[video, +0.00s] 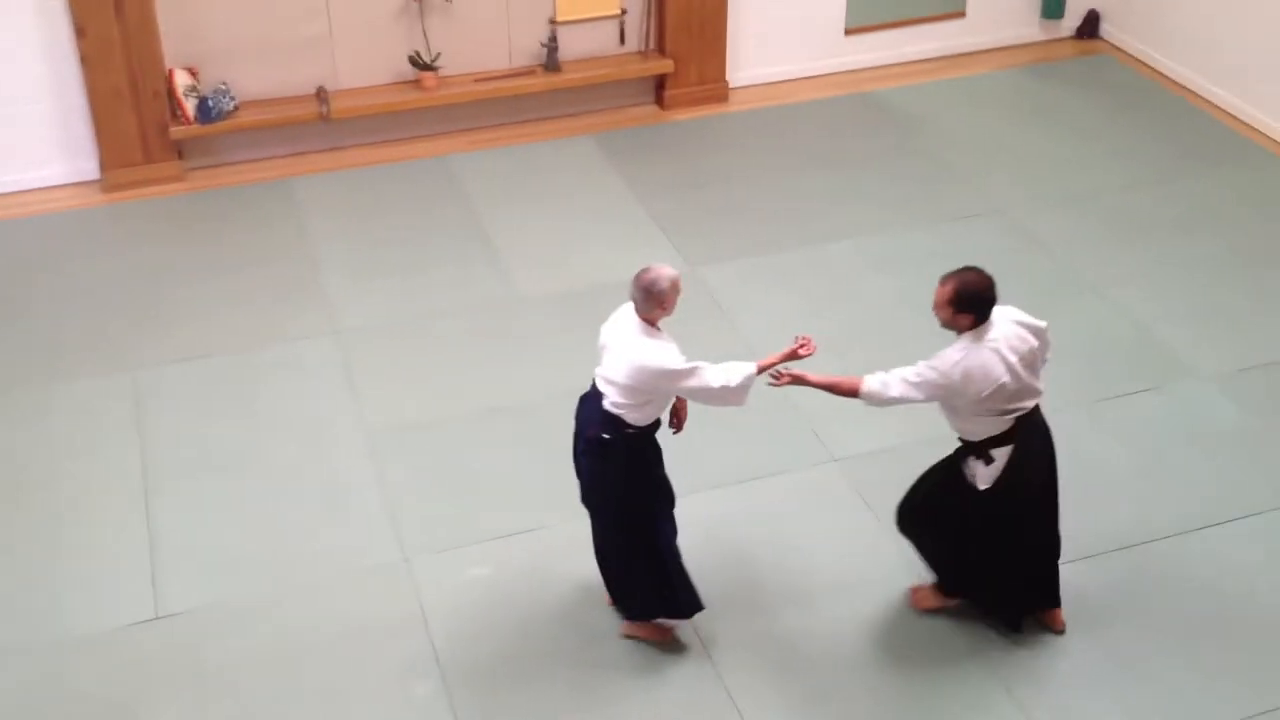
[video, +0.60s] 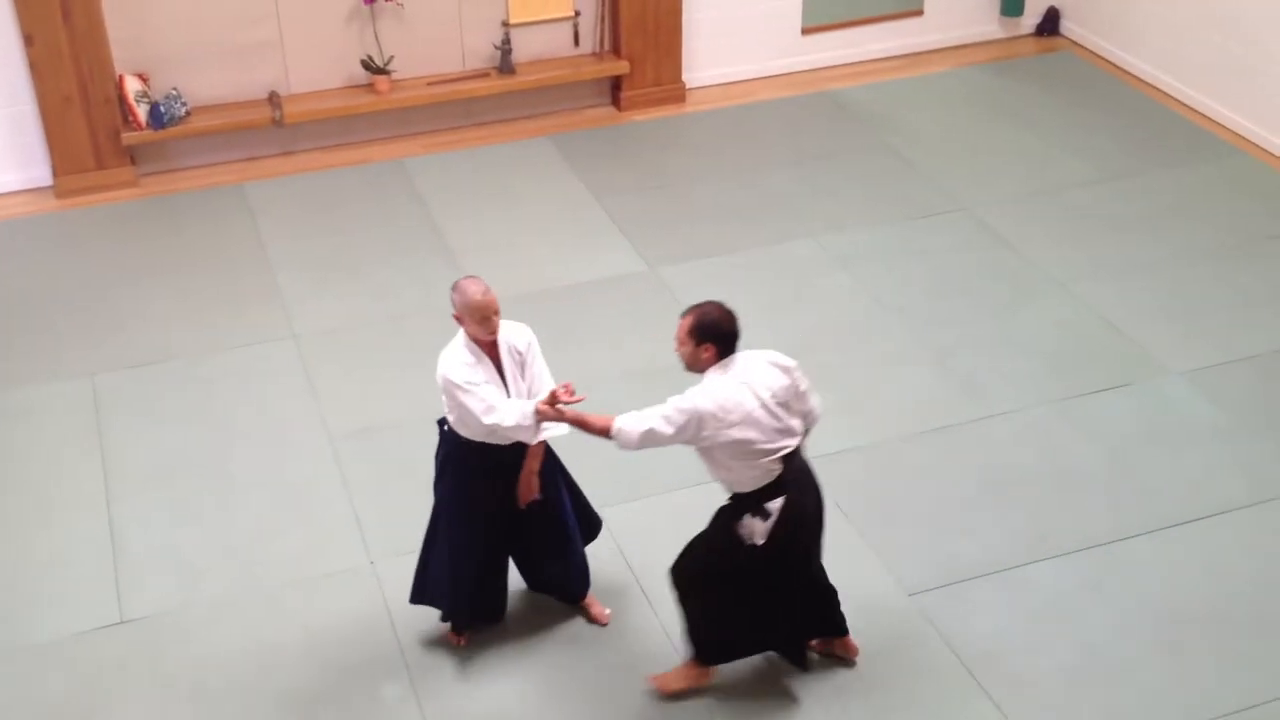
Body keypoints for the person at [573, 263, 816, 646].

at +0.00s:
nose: (677, 295)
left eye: (675, 290)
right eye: (674, 292)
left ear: (640, 295)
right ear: (664, 305)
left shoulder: (625, 315)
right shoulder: (653, 359)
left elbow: (647, 365)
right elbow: (718, 380)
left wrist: (676, 395)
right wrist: (782, 356)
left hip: (596, 415)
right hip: (615, 443)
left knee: (615, 513)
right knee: (635, 523)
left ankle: (622, 584)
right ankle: (638, 618)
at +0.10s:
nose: (649, 304)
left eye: (647, 299)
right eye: (645, 301)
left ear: (617, 303)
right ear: (631, 312)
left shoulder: (612, 320)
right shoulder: (616, 365)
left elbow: (658, 363)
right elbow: (683, 384)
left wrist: (671, 408)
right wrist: (754, 358)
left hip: (617, 434)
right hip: (586, 446)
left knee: (632, 513)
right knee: (601, 532)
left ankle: (625, 576)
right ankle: (555, 613)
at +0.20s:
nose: (616, 312)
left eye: (614, 307)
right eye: (611, 309)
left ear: (586, 317)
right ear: (592, 322)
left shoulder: (589, 328)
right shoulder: (578, 368)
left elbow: (631, 369)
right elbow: (644, 390)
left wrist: (651, 422)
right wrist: (707, 355)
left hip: (595, 439)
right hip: (558, 451)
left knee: (614, 511)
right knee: (554, 535)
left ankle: (609, 585)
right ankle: (497, 606)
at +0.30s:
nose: (584, 314)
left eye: (581, 309)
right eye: (577, 313)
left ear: (555, 323)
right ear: (552, 328)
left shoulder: (576, 330)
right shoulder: (542, 369)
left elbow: (609, 378)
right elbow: (605, 396)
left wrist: (625, 434)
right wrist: (660, 358)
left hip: (577, 444)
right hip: (533, 453)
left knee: (596, 517)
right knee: (515, 532)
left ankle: (594, 586)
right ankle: (472, 604)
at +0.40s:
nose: (549, 319)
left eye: (548, 312)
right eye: (541, 317)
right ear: (514, 327)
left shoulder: (553, 332)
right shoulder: (506, 371)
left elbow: (584, 387)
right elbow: (565, 404)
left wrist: (597, 449)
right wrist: (620, 374)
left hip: (556, 446)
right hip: (507, 456)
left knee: (580, 516)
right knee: (490, 535)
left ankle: (587, 588)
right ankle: (468, 612)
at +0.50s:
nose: (519, 324)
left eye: (519, 316)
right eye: (510, 321)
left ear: (519, 307)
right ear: (483, 324)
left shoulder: (533, 333)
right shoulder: (476, 371)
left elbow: (561, 395)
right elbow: (526, 412)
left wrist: (565, 459)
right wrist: (579, 393)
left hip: (541, 446)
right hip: (492, 459)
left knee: (569, 518)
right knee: (484, 537)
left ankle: (585, 588)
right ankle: (469, 610)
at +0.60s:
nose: (493, 325)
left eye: (495, 315)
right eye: (483, 319)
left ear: (499, 307)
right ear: (459, 319)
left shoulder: (520, 336)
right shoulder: (453, 365)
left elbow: (543, 406)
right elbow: (490, 418)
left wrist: (531, 470)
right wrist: (546, 405)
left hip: (526, 446)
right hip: (473, 457)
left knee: (553, 520)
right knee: (467, 538)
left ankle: (581, 593)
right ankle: (460, 614)